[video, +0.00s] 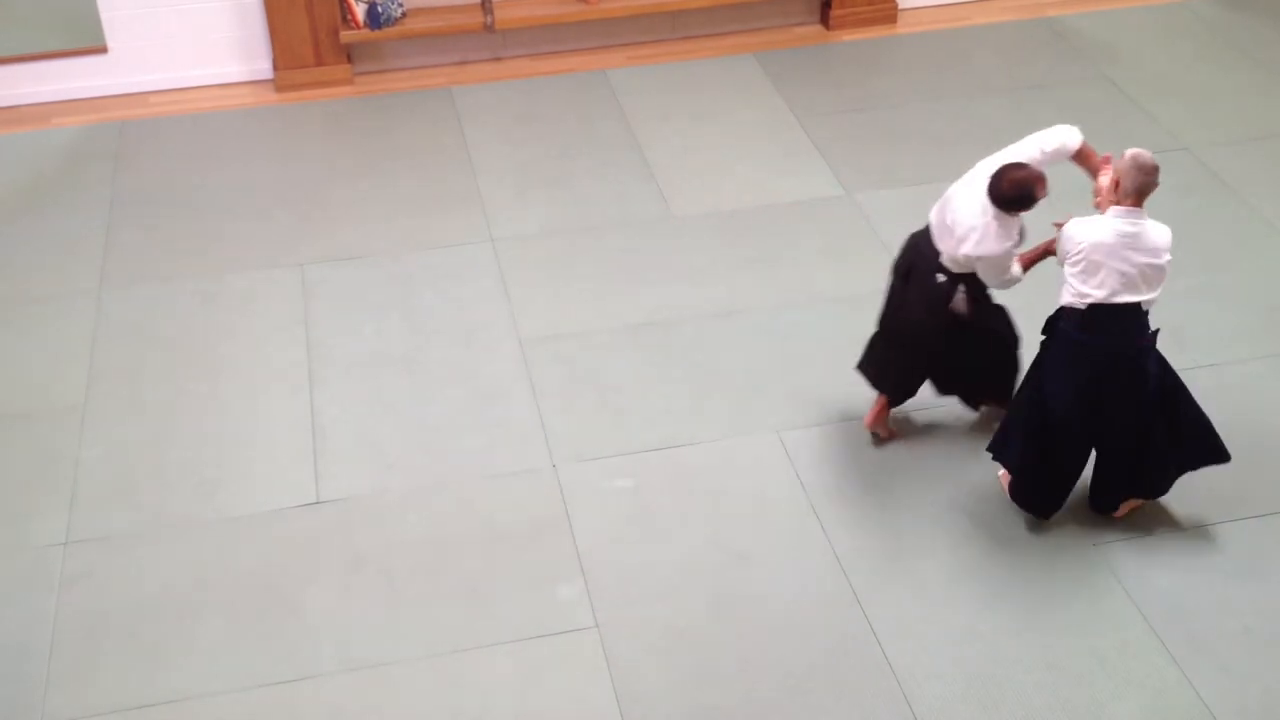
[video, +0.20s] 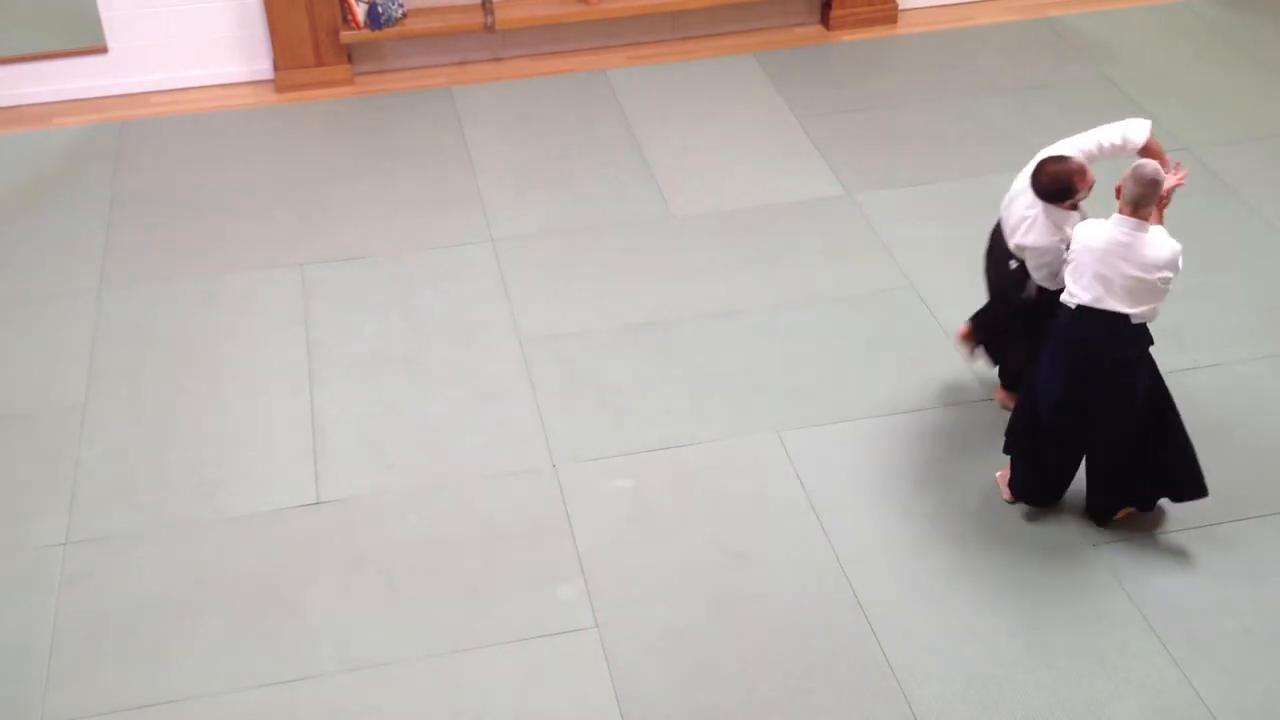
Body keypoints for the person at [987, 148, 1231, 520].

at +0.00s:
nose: (1102, 176)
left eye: (1106, 173)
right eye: (1104, 172)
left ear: (1116, 185)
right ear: (1150, 191)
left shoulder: (1079, 230)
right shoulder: (1161, 237)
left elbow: (1064, 251)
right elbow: (1125, 241)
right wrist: (1109, 209)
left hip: (1077, 336)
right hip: (1131, 339)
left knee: (1052, 409)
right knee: (1132, 419)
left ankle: (1029, 488)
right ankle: (1124, 492)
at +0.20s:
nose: (1111, 186)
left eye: (1115, 184)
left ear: (1118, 192)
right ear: (1160, 204)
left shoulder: (1085, 233)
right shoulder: (1167, 252)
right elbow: (1153, 240)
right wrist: (1159, 211)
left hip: (1075, 332)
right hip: (1126, 341)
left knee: (1053, 407)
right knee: (1122, 421)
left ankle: (1022, 483)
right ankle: (1116, 500)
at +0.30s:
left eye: (1113, 183)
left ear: (1113, 196)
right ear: (1154, 207)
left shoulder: (1082, 234)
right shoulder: (1157, 258)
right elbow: (1175, 259)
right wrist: (1171, 216)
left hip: (1065, 331)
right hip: (1117, 344)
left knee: (1037, 403)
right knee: (1117, 422)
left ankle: (1007, 481)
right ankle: (1113, 502)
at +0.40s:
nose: (1149, 206)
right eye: (1148, 202)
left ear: (1103, 199)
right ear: (1144, 210)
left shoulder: (1075, 232)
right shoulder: (1143, 260)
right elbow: (1176, 273)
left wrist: (1161, 284)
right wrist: (1179, 223)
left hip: (1055, 334)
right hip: (1105, 349)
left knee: (1029, 402)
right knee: (1109, 424)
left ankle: (1003, 478)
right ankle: (1106, 504)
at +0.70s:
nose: (1113, 191)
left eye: (1112, 181)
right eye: (1110, 188)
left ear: (1065, 190)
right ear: (1101, 202)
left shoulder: (1039, 226)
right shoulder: (1095, 254)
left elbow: (1075, 274)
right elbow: (1152, 270)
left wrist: (1114, 313)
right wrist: (1176, 226)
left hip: (1015, 326)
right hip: (1062, 344)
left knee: (1010, 403)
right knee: (1099, 414)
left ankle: (1002, 480)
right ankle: (1108, 499)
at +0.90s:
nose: (1096, 184)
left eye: (1094, 178)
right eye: (1094, 180)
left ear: (1052, 184)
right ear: (1082, 188)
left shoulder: (1027, 220)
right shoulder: (1086, 241)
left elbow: (1048, 267)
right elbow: (1149, 262)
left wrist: (1091, 301)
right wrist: (1177, 218)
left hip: (1009, 319)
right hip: (1056, 332)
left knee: (1008, 398)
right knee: (1086, 407)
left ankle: (1002, 479)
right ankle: (1077, 492)